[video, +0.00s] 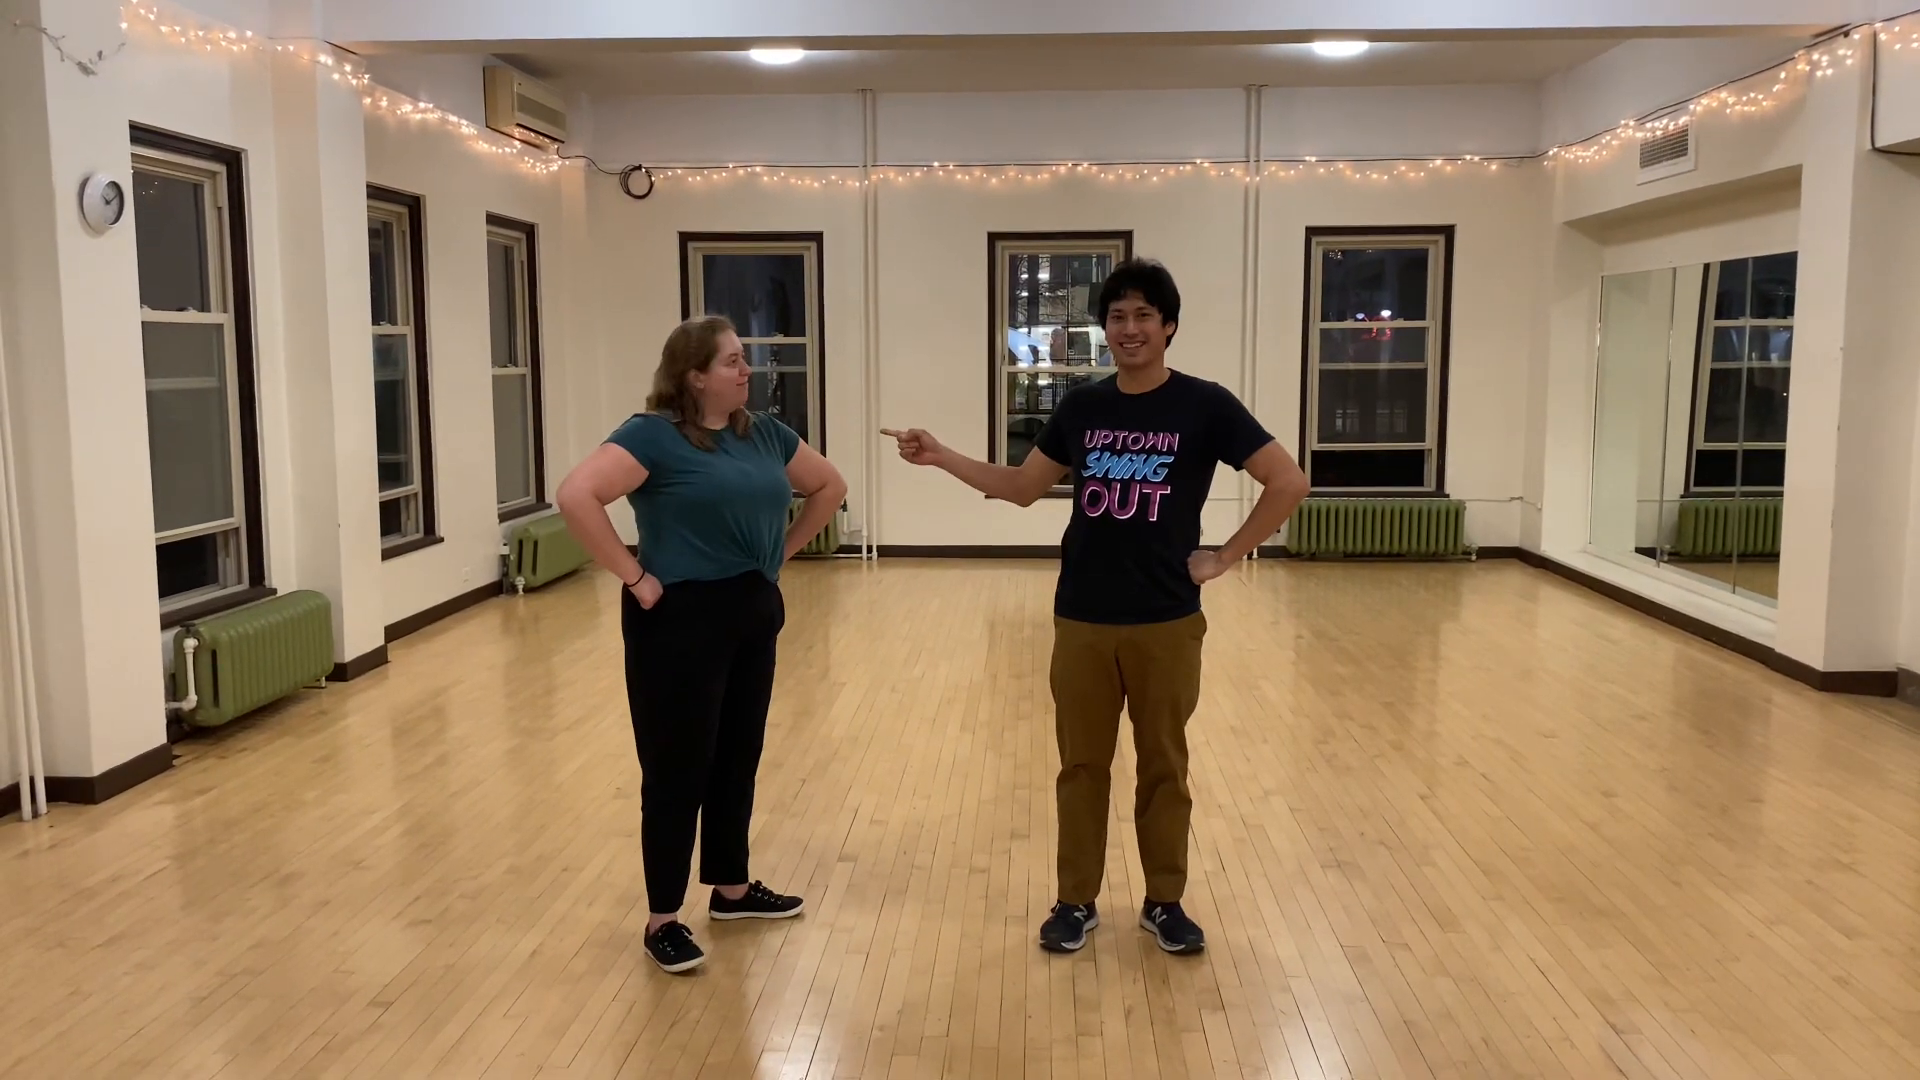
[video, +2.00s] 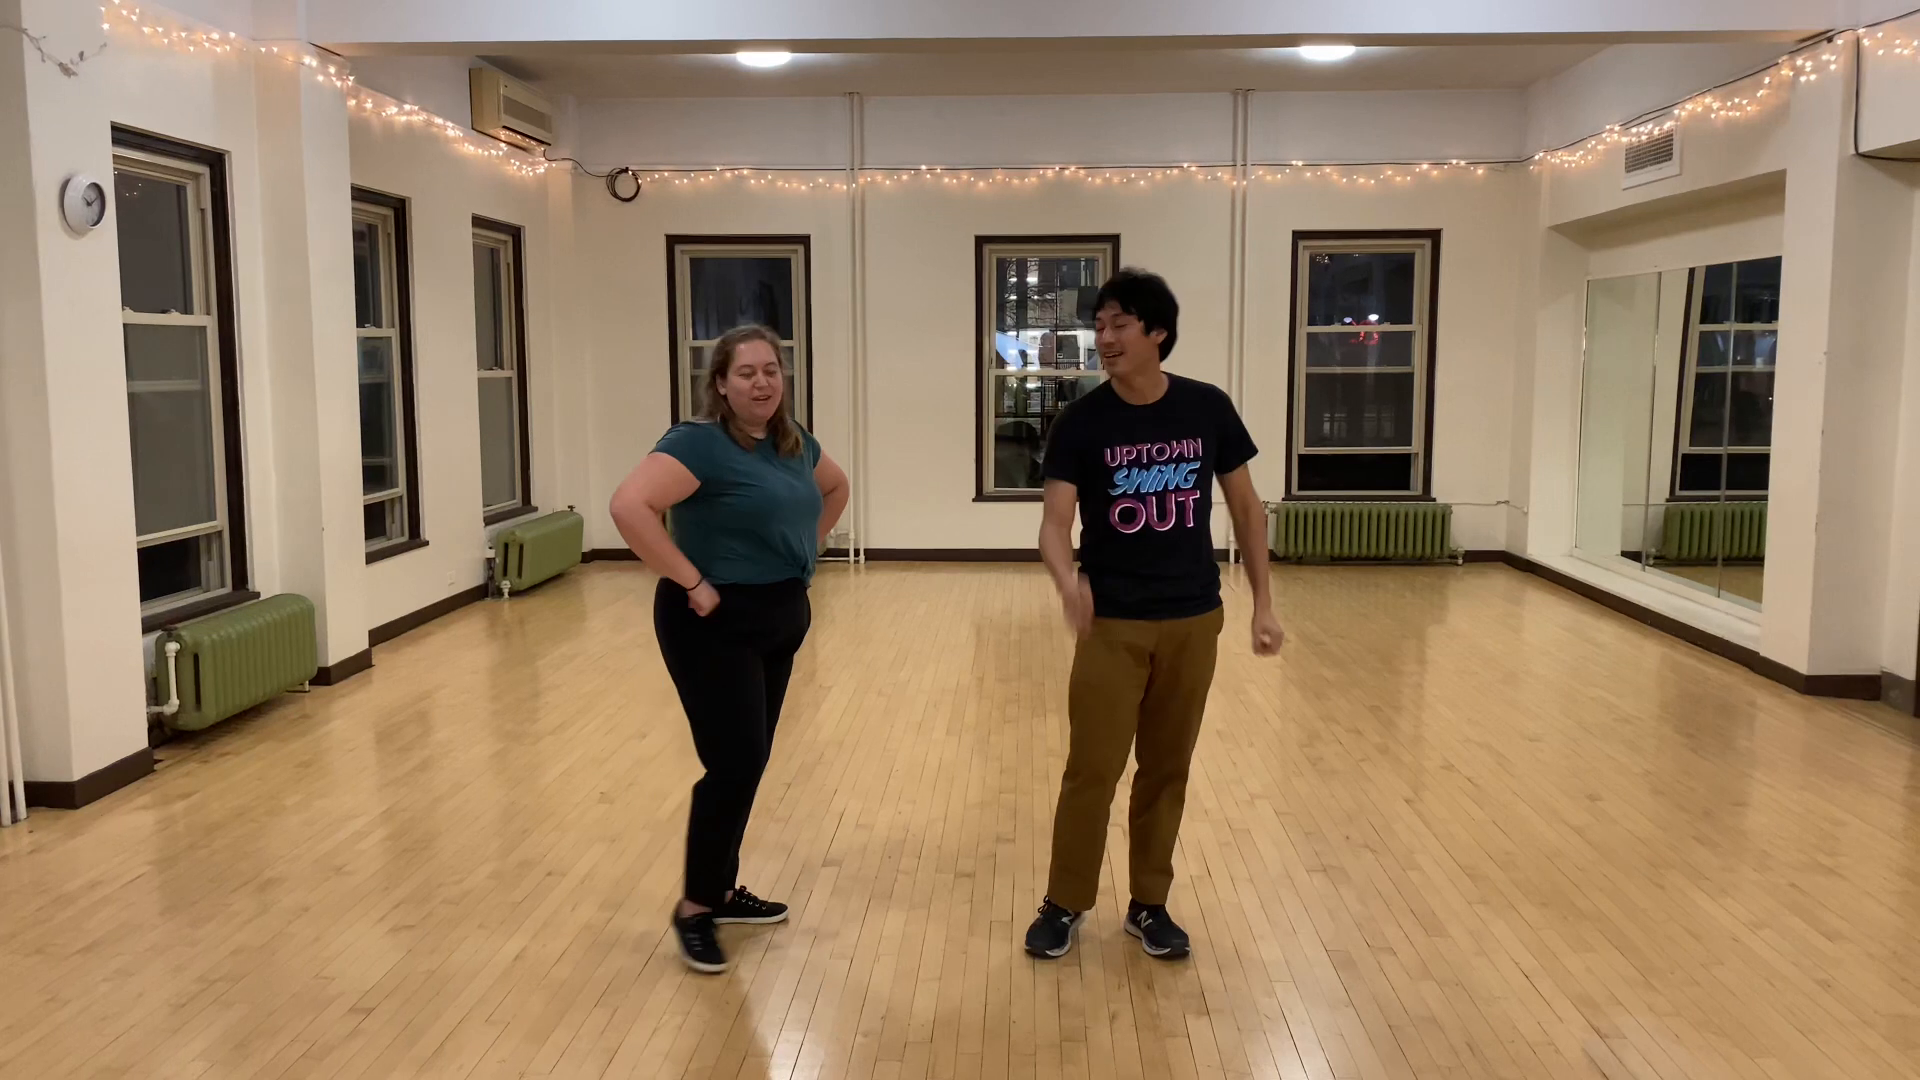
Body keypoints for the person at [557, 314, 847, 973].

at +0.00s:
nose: (745, 368)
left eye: (744, 358)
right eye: (732, 360)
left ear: (733, 370)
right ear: (694, 375)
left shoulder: (762, 433)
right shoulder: (655, 436)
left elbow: (831, 486)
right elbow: (575, 494)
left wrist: (782, 550)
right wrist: (633, 576)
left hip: (750, 615)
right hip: (674, 619)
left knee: (736, 760)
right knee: (676, 770)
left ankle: (730, 888)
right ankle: (663, 920)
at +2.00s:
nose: (762, 382)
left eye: (771, 370)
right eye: (747, 372)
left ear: (784, 378)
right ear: (722, 383)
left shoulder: (792, 441)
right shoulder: (698, 442)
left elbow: (836, 488)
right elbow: (629, 505)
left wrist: (800, 549)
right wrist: (692, 583)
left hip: (774, 613)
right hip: (708, 616)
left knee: (749, 760)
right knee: (732, 762)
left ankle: (720, 890)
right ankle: (693, 911)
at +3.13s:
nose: (814, 376)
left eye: (814, 365)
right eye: (803, 365)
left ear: (796, 373)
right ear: (764, 374)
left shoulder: (818, 437)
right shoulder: (728, 441)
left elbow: (852, 529)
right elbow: (743, 539)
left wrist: (863, 503)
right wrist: (827, 507)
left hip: (821, 610)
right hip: (757, 618)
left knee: (809, 751)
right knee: (768, 758)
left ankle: (797, 877)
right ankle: (766, 903)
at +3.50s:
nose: (820, 372)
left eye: (819, 361)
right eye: (808, 362)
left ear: (806, 372)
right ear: (769, 372)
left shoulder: (820, 434)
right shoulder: (735, 438)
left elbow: (850, 528)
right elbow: (751, 534)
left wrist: (872, 500)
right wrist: (836, 503)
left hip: (824, 608)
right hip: (762, 614)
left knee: (812, 750)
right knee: (773, 757)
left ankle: (797, 877)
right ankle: (767, 904)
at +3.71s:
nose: (820, 373)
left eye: (819, 362)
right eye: (808, 363)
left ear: (805, 372)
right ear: (769, 372)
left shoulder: (816, 432)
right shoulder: (736, 438)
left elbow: (850, 525)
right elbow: (756, 532)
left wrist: (875, 492)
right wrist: (840, 497)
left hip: (822, 610)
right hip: (763, 616)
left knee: (810, 752)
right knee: (773, 758)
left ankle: (796, 877)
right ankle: (767, 904)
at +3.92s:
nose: (820, 377)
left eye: (820, 366)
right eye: (810, 367)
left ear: (801, 373)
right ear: (771, 372)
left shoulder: (810, 432)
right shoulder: (737, 437)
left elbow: (844, 522)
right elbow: (758, 533)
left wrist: (869, 489)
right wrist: (839, 501)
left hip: (818, 608)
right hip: (762, 614)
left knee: (807, 751)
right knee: (775, 757)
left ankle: (796, 876)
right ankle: (767, 903)